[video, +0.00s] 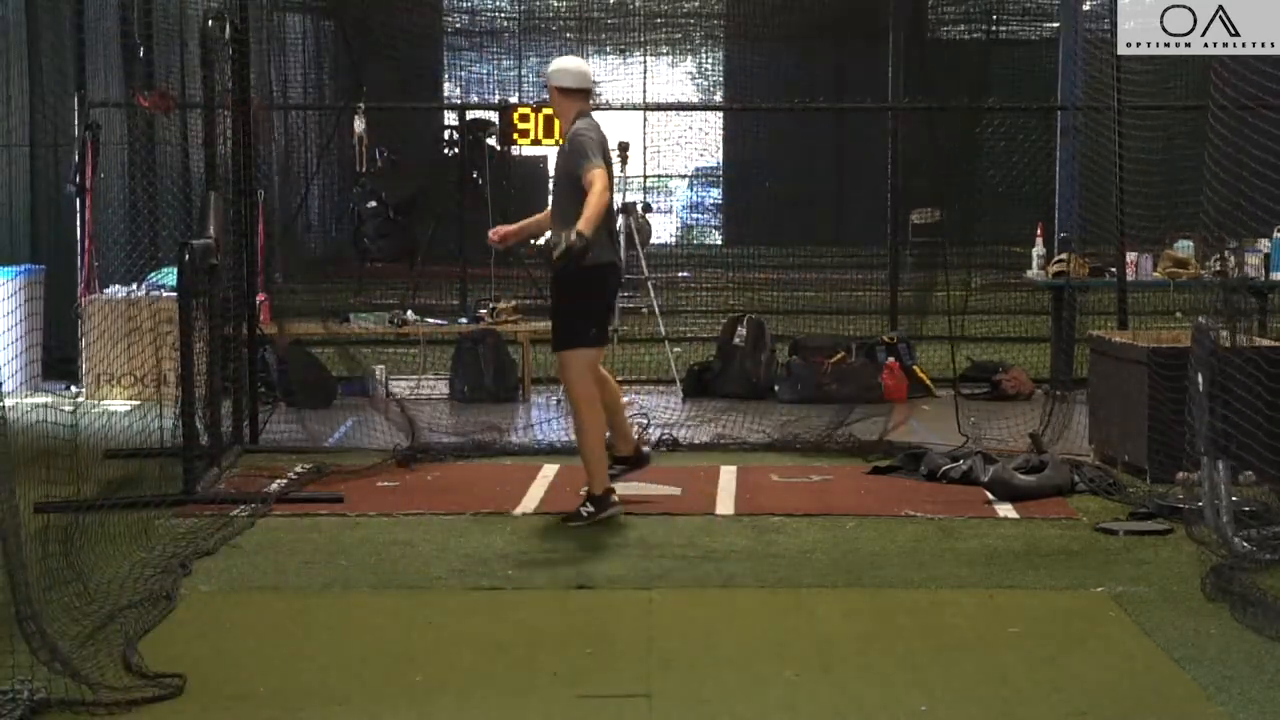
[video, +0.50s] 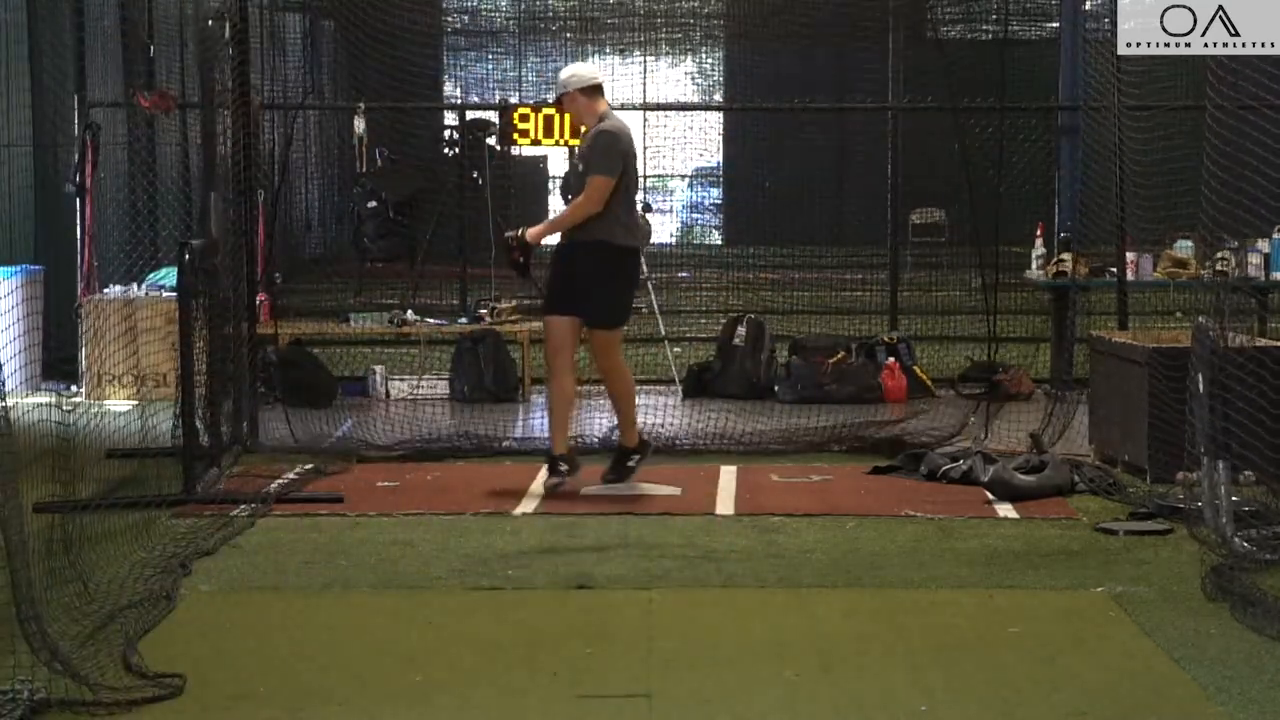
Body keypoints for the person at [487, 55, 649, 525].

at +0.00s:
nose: (549, 99)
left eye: (550, 93)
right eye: (552, 93)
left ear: (556, 94)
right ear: (587, 93)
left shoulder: (583, 134)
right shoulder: (579, 136)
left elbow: (600, 190)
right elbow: (564, 206)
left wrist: (578, 235)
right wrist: (519, 229)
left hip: (582, 264)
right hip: (590, 264)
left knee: (577, 374)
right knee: (589, 366)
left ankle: (599, 493)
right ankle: (626, 448)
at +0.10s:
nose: (548, 92)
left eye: (548, 85)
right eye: (550, 86)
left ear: (555, 86)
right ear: (584, 85)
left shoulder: (586, 129)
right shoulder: (573, 132)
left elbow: (598, 194)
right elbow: (565, 205)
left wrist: (575, 251)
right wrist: (532, 242)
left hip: (591, 261)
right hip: (573, 260)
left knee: (590, 370)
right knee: (573, 368)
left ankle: (610, 477)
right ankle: (586, 464)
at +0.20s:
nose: (549, 107)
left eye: (552, 99)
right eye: (551, 100)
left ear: (563, 101)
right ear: (583, 100)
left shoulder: (591, 146)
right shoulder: (574, 148)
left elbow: (594, 216)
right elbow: (566, 221)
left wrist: (557, 276)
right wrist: (544, 268)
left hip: (594, 272)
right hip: (569, 271)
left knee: (583, 374)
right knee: (554, 370)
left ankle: (649, 468)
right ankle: (582, 469)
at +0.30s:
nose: (550, 120)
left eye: (553, 111)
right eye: (551, 112)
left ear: (568, 112)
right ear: (581, 111)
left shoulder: (595, 158)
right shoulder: (579, 158)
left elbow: (587, 230)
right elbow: (574, 233)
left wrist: (540, 282)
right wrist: (537, 286)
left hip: (591, 281)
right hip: (564, 281)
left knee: (588, 381)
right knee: (554, 378)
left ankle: (660, 457)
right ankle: (586, 474)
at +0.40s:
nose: (557, 112)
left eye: (558, 103)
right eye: (556, 105)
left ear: (573, 100)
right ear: (583, 99)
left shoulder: (602, 142)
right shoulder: (587, 143)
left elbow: (585, 212)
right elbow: (578, 214)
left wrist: (539, 254)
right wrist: (539, 253)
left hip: (599, 265)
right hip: (569, 264)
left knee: (595, 366)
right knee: (561, 366)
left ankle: (643, 438)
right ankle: (579, 465)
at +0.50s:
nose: (564, 110)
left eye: (564, 102)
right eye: (562, 104)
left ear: (579, 96)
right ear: (589, 95)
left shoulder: (610, 134)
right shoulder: (594, 136)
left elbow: (593, 202)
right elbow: (589, 202)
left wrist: (541, 230)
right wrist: (546, 231)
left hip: (610, 255)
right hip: (576, 252)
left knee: (607, 355)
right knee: (558, 353)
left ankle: (631, 442)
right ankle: (560, 454)